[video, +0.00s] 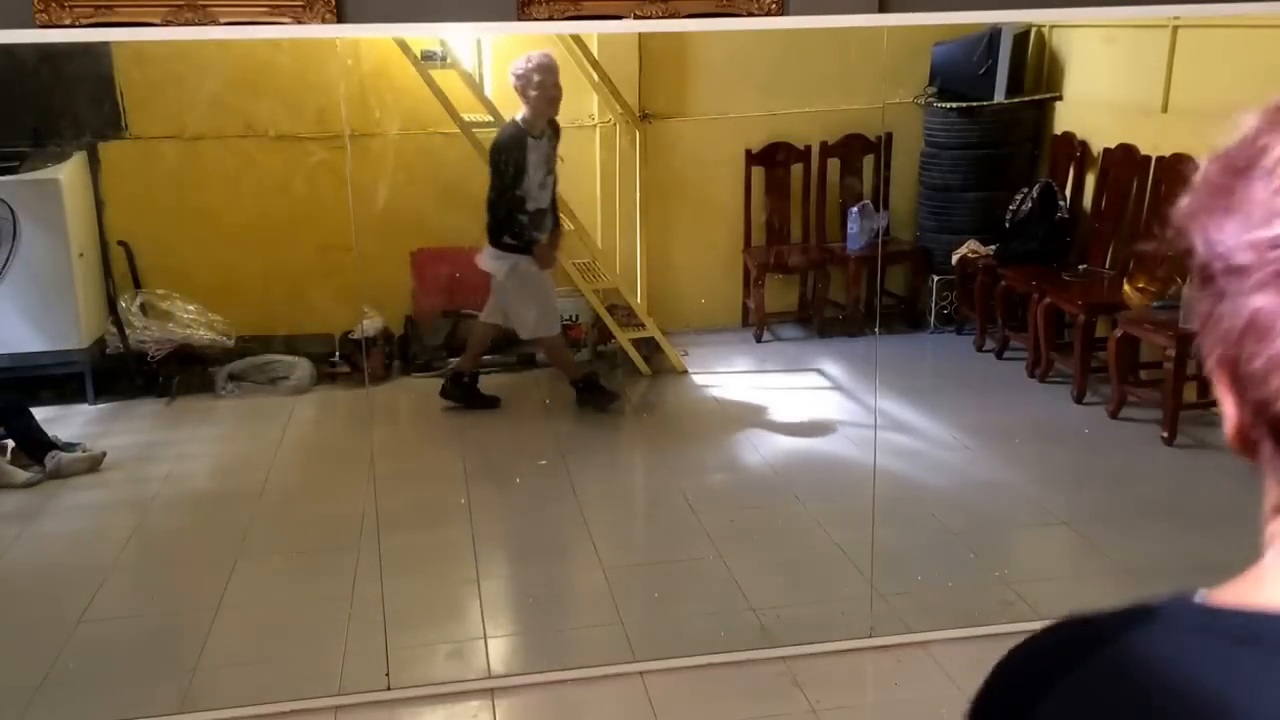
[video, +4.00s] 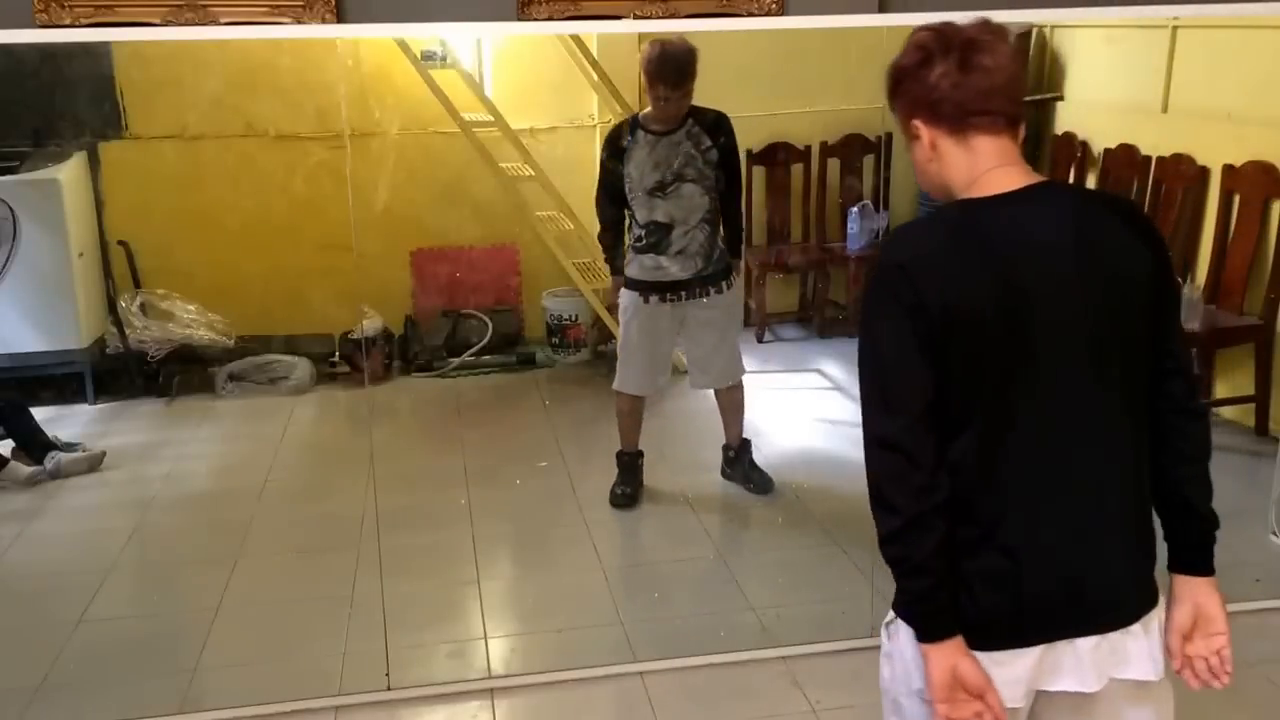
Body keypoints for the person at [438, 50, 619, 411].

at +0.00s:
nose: (556, 92)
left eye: (557, 83)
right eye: (545, 86)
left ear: (559, 86)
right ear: (523, 92)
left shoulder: (551, 132)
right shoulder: (509, 142)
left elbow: (547, 187)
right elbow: (499, 214)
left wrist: (554, 229)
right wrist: (533, 245)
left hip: (531, 247)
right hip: (510, 251)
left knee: (494, 316)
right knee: (545, 320)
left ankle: (461, 379)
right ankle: (582, 384)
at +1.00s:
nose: (670, 64)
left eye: (677, 57)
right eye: (662, 57)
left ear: (687, 63)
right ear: (646, 63)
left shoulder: (704, 118)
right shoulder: (623, 120)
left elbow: (721, 171)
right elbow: (602, 176)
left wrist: (721, 222)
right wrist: (601, 224)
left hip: (688, 247)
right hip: (636, 247)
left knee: (686, 333)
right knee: (638, 335)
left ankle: (676, 408)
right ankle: (644, 406)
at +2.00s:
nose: (673, 73)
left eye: (681, 63)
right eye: (663, 65)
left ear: (693, 66)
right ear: (646, 68)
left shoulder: (716, 119)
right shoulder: (625, 132)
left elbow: (723, 186)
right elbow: (611, 196)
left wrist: (722, 241)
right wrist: (610, 251)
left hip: (713, 267)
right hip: (655, 273)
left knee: (728, 362)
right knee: (654, 368)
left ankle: (736, 446)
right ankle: (662, 449)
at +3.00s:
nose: (769, 75)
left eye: (771, 66)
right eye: (759, 66)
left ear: (727, 73)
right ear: (729, 68)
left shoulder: (712, 121)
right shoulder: (730, 126)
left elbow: (728, 205)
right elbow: (742, 207)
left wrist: (763, 243)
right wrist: (770, 250)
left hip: (716, 270)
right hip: (734, 272)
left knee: (733, 365)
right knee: (747, 367)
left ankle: (732, 456)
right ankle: (673, 441)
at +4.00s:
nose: (663, 101)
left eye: (674, 92)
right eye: (655, 91)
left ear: (690, 86)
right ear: (643, 83)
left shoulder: (716, 127)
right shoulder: (621, 139)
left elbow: (731, 197)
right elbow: (608, 208)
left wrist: (734, 255)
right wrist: (615, 272)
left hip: (711, 279)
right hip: (645, 283)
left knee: (727, 371)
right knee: (631, 381)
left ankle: (736, 456)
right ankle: (628, 466)